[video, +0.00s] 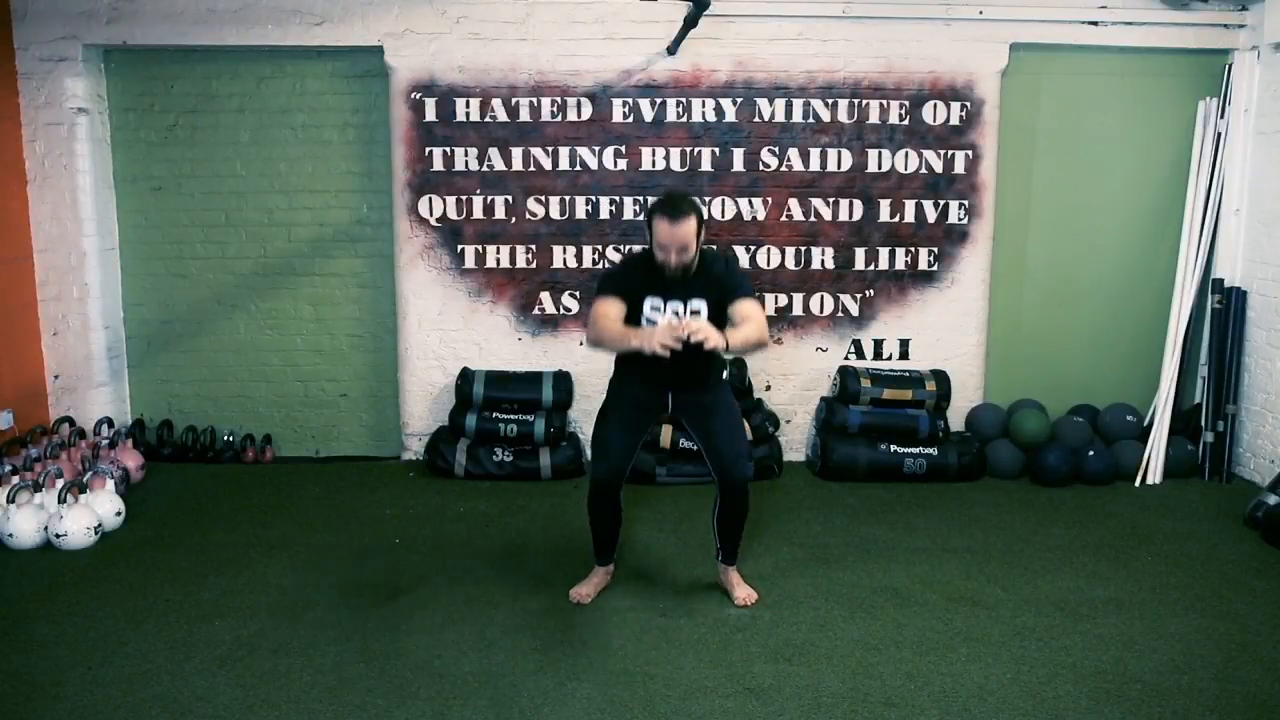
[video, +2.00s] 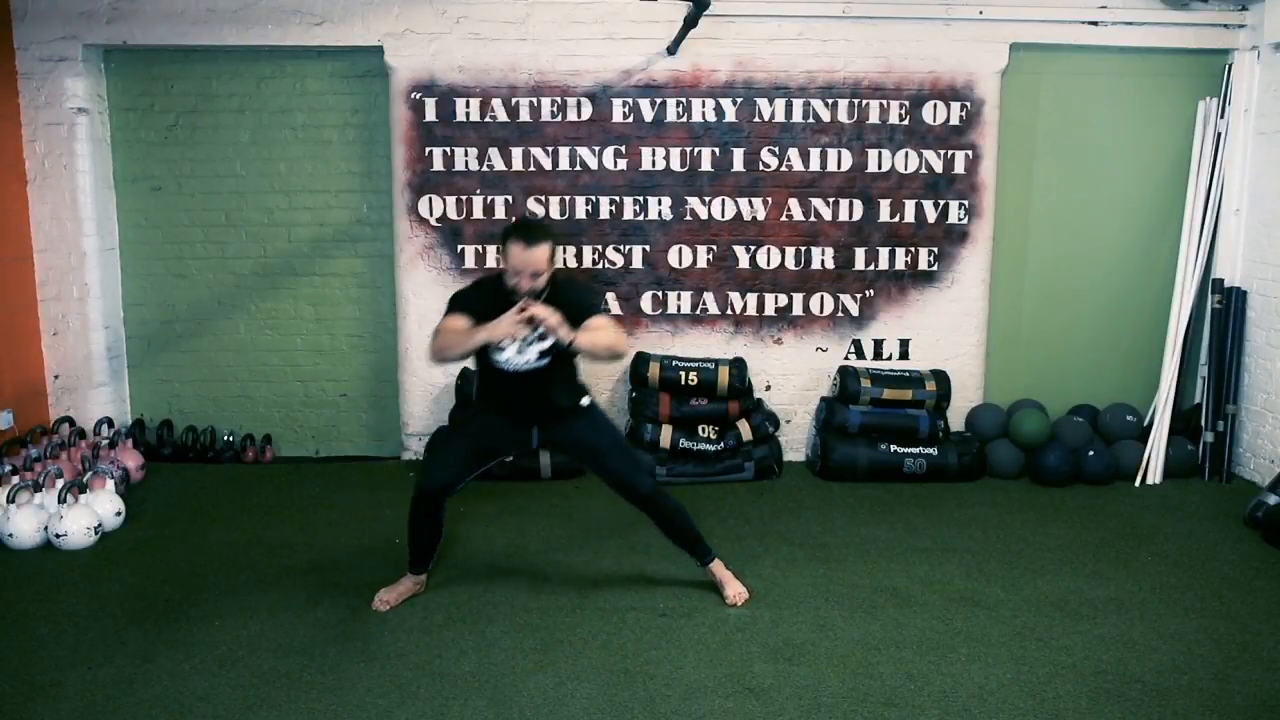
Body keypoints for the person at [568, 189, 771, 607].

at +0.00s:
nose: (673, 259)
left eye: (682, 250)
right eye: (663, 249)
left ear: (699, 235)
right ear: (650, 237)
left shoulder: (721, 270)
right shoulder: (628, 272)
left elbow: (757, 329)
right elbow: (598, 330)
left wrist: (724, 338)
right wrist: (643, 336)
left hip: (703, 386)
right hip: (637, 384)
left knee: (736, 472)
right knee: (605, 471)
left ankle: (728, 565)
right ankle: (603, 566)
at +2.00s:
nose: (525, 284)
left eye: (536, 275)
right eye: (517, 273)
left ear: (552, 264)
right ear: (502, 261)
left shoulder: (570, 292)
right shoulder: (481, 294)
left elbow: (618, 345)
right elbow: (440, 349)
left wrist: (567, 332)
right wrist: (492, 330)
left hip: (564, 411)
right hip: (493, 414)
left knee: (639, 484)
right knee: (431, 483)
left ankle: (713, 565)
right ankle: (416, 575)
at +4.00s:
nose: (675, 237)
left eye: (684, 227)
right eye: (666, 227)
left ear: (701, 217)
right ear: (653, 218)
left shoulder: (721, 254)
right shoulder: (635, 253)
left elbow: (771, 306)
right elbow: (597, 306)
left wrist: (731, 300)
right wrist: (650, 296)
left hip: (704, 379)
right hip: (640, 378)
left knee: (734, 472)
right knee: (615, 472)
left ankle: (723, 567)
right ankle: (617, 563)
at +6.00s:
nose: (870, 294)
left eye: (879, 285)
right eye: (862, 284)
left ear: (893, 273)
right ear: (844, 272)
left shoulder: (907, 304)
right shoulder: (827, 305)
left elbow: (966, 346)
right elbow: (787, 343)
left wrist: (936, 327)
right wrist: (865, 331)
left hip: (870, 433)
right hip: (803, 431)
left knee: (947, 482)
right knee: (724, 502)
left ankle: (928, 576)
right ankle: (636, 569)